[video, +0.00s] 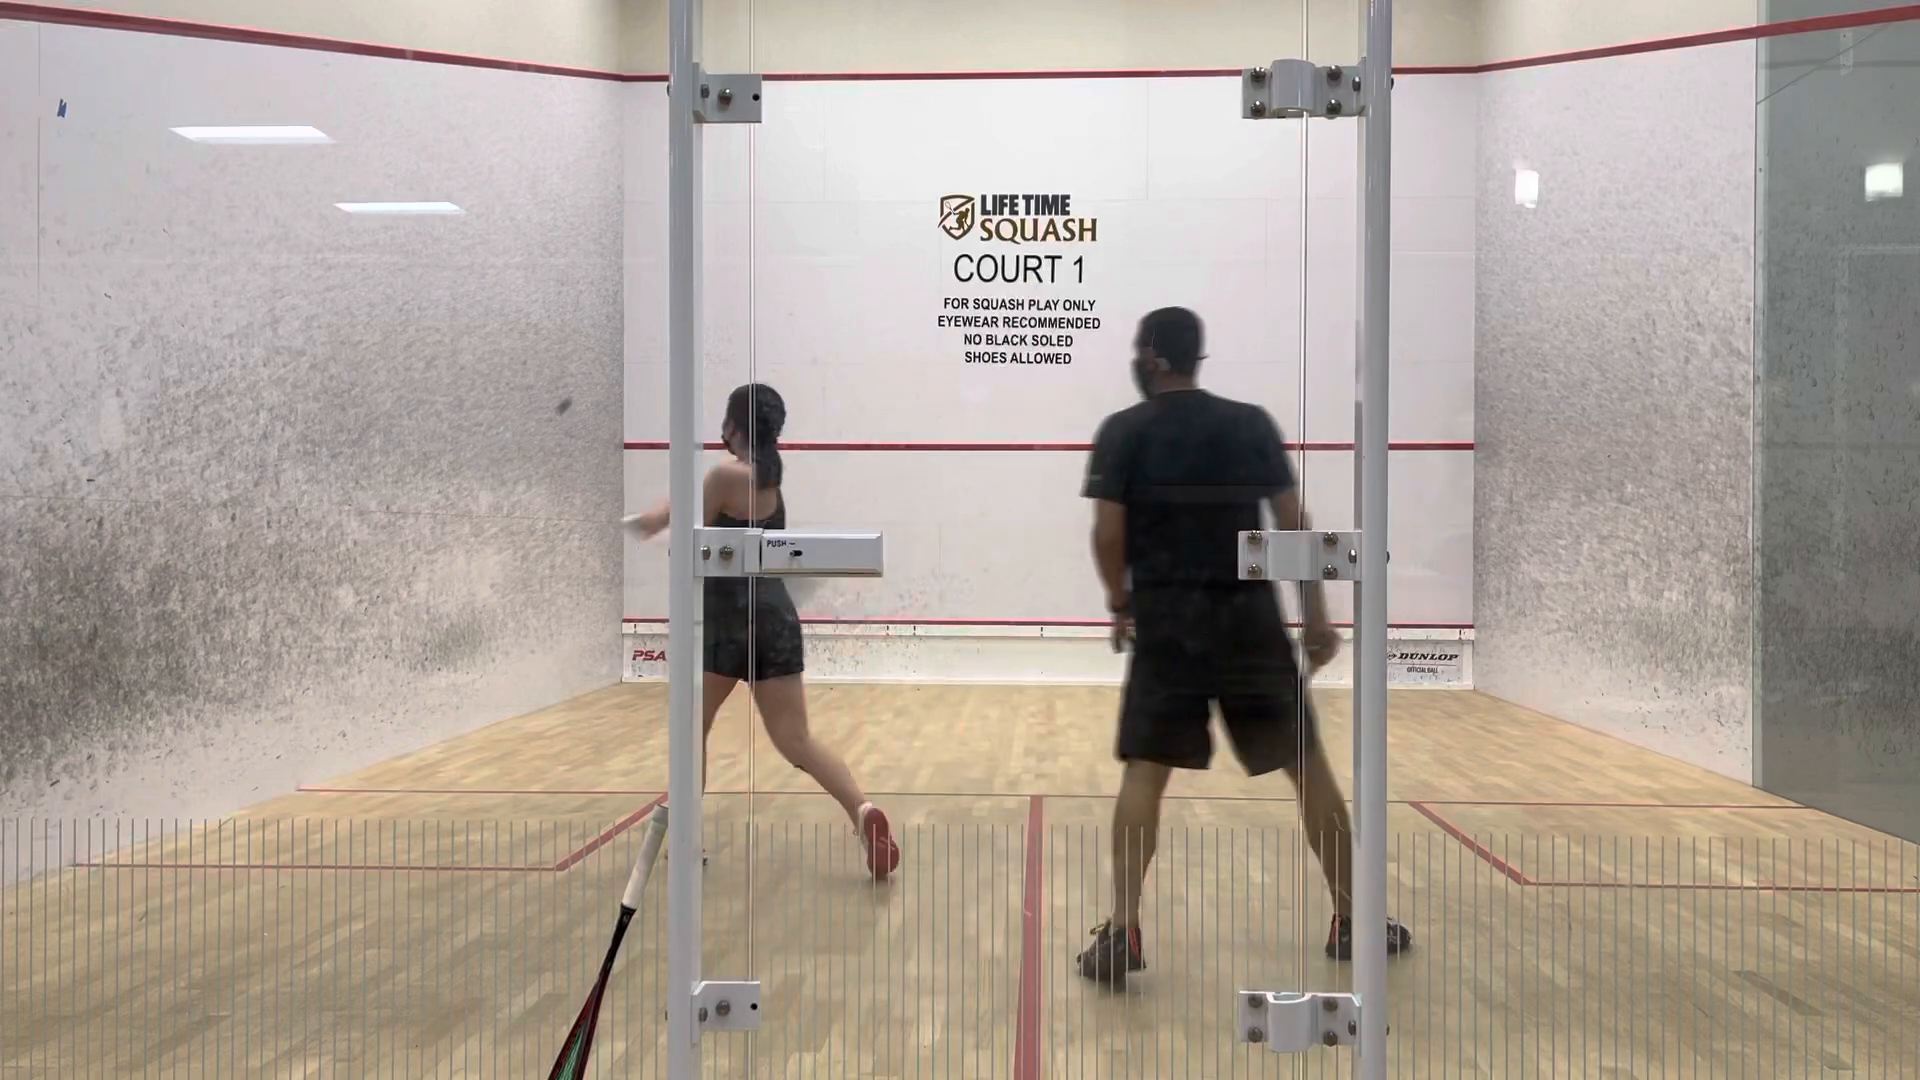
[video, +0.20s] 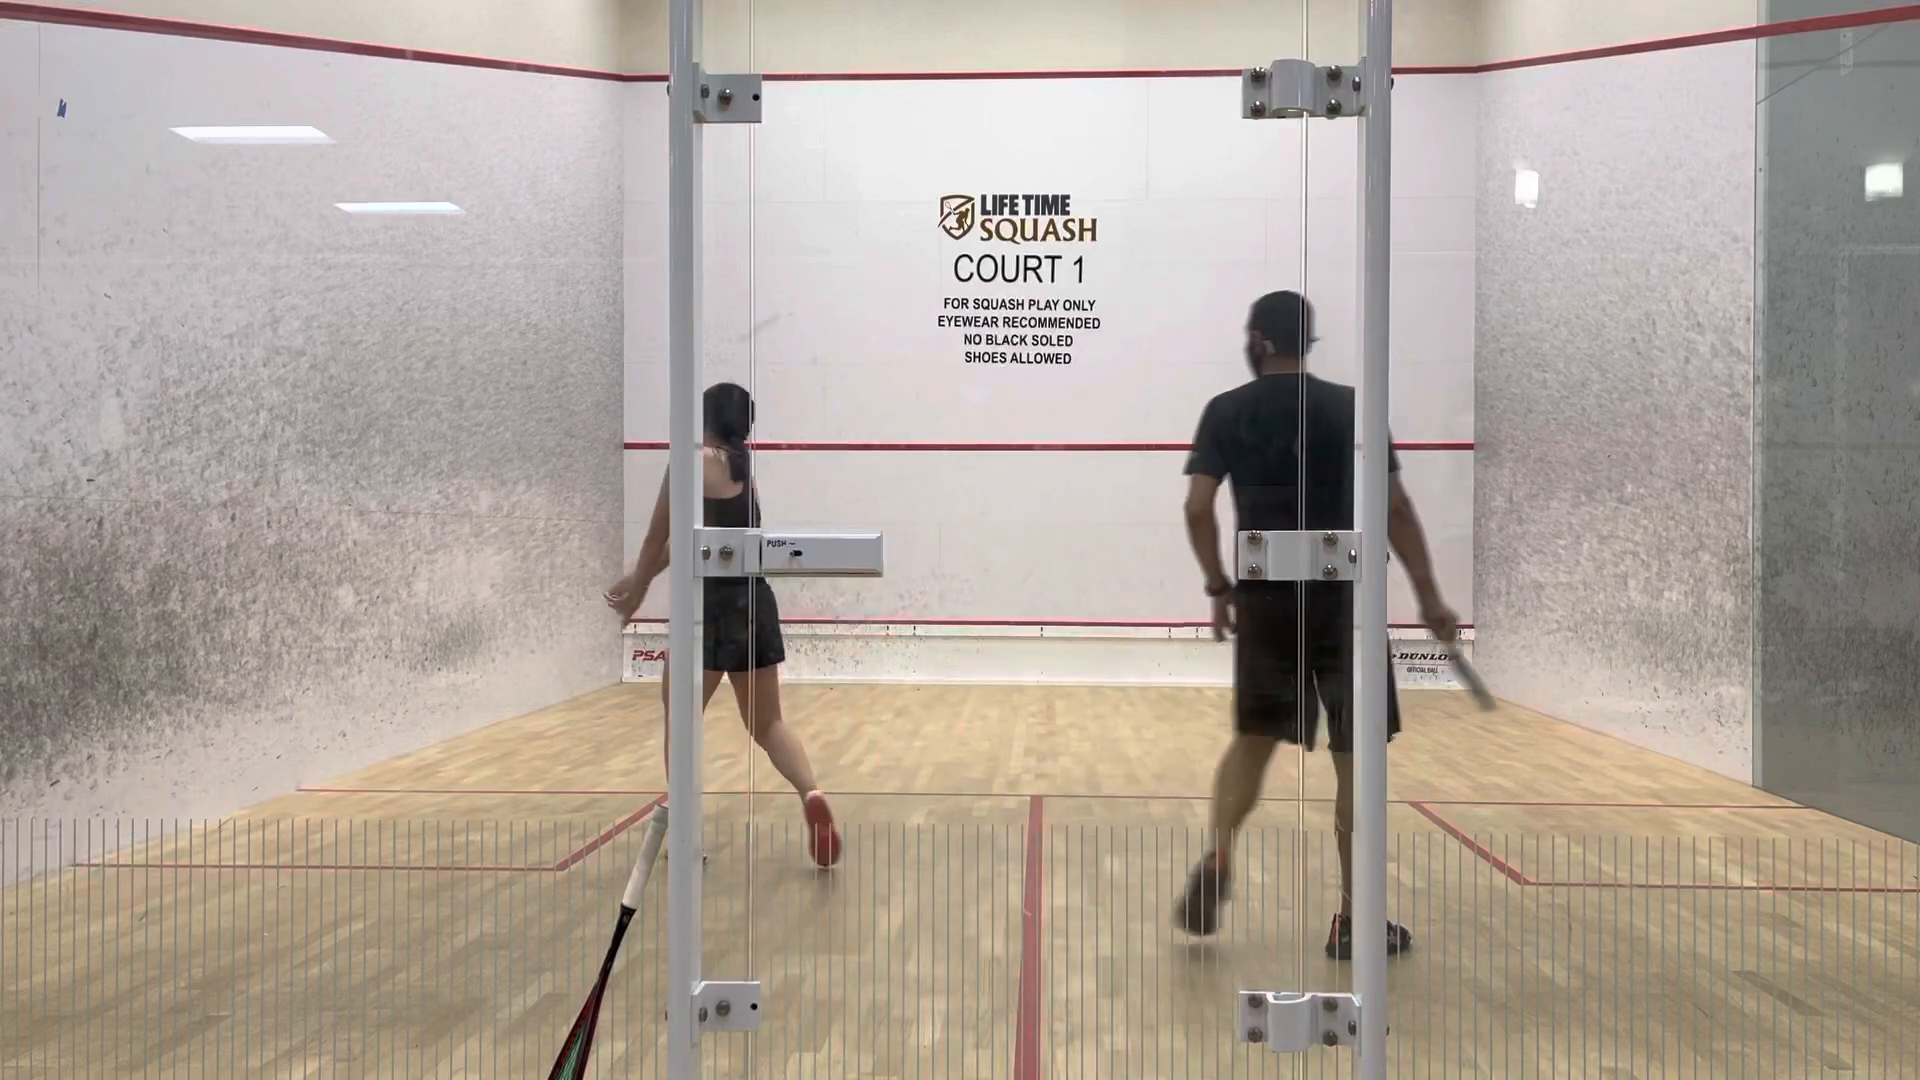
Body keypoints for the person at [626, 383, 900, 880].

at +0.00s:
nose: (721, 427)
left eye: (725, 419)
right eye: (724, 418)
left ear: (734, 425)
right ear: (770, 427)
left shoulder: (722, 476)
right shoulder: (769, 476)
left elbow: (682, 520)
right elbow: (711, 514)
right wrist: (665, 517)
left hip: (726, 622)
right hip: (775, 619)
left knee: (691, 728)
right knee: (794, 738)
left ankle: (684, 834)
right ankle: (862, 809)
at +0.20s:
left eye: (701, 414)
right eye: (742, 418)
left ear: (701, 418)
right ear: (745, 424)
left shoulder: (688, 464)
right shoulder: (743, 467)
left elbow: (657, 539)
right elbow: (683, 539)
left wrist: (636, 586)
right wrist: (638, 578)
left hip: (705, 607)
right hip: (754, 603)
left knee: (680, 716)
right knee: (767, 721)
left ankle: (682, 823)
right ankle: (811, 791)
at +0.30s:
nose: (679, 417)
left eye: (687, 409)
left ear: (695, 414)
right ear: (739, 423)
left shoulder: (674, 458)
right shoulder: (744, 471)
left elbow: (646, 533)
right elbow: (694, 545)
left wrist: (625, 591)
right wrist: (642, 597)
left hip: (692, 606)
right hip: (747, 605)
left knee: (675, 716)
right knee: (768, 712)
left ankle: (680, 825)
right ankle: (789, 796)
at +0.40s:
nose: (734, 426)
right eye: (736, 417)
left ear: (689, 409)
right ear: (735, 420)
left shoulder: (664, 460)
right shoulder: (743, 468)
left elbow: (638, 536)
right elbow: (749, 533)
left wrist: (625, 596)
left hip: (686, 603)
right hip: (744, 602)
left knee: (676, 719)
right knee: (766, 712)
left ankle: (682, 824)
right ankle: (773, 804)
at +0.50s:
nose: (735, 421)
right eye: (735, 414)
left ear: (685, 412)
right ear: (732, 418)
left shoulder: (656, 465)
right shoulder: (746, 475)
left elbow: (635, 538)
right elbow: (755, 543)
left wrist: (637, 595)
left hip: (687, 605)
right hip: (747, 606)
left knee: (680, 720)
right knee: (766, 714)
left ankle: (681, 823)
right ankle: (774, 805)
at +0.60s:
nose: (738, 417)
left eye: (733, 410)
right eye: (736, 411)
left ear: (684, 413)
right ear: (730, 418)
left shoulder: (656, 470)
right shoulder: (749, 473)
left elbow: (647, 544)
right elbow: (782, 541)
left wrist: (661, 591)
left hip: (693, 604)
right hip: (751, 604)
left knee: (690, 721)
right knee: (775, 708)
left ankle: (679, 825)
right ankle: (786, 809)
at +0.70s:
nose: (739, 416)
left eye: (736, 409)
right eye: (738, 410)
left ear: (687, 413)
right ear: (733, 415)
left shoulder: (662, 470)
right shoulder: (758, 472)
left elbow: (667, 544)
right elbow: (805, 536)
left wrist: (707, 567)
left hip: (701, 601)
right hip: (760, 599)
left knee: (695, 722)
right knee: (789, 707)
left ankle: (683, 828)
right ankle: (808, 816)